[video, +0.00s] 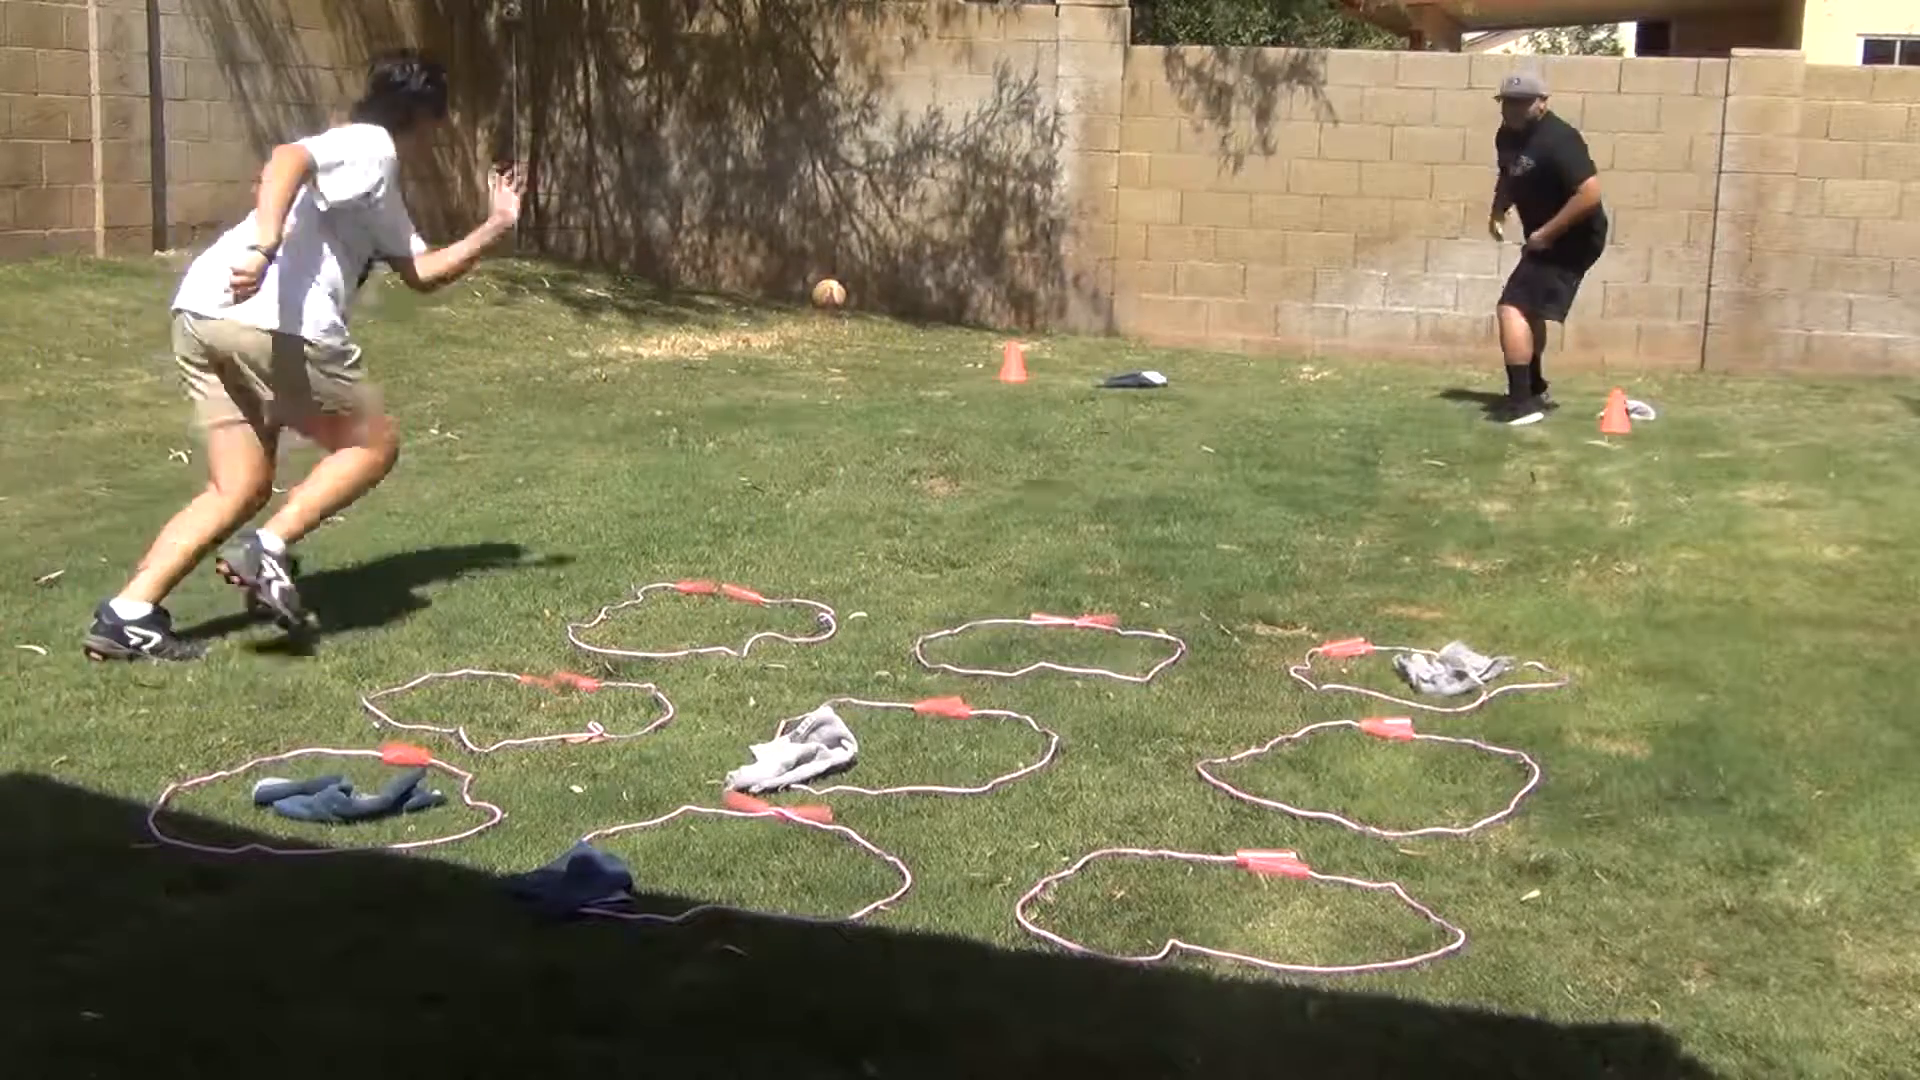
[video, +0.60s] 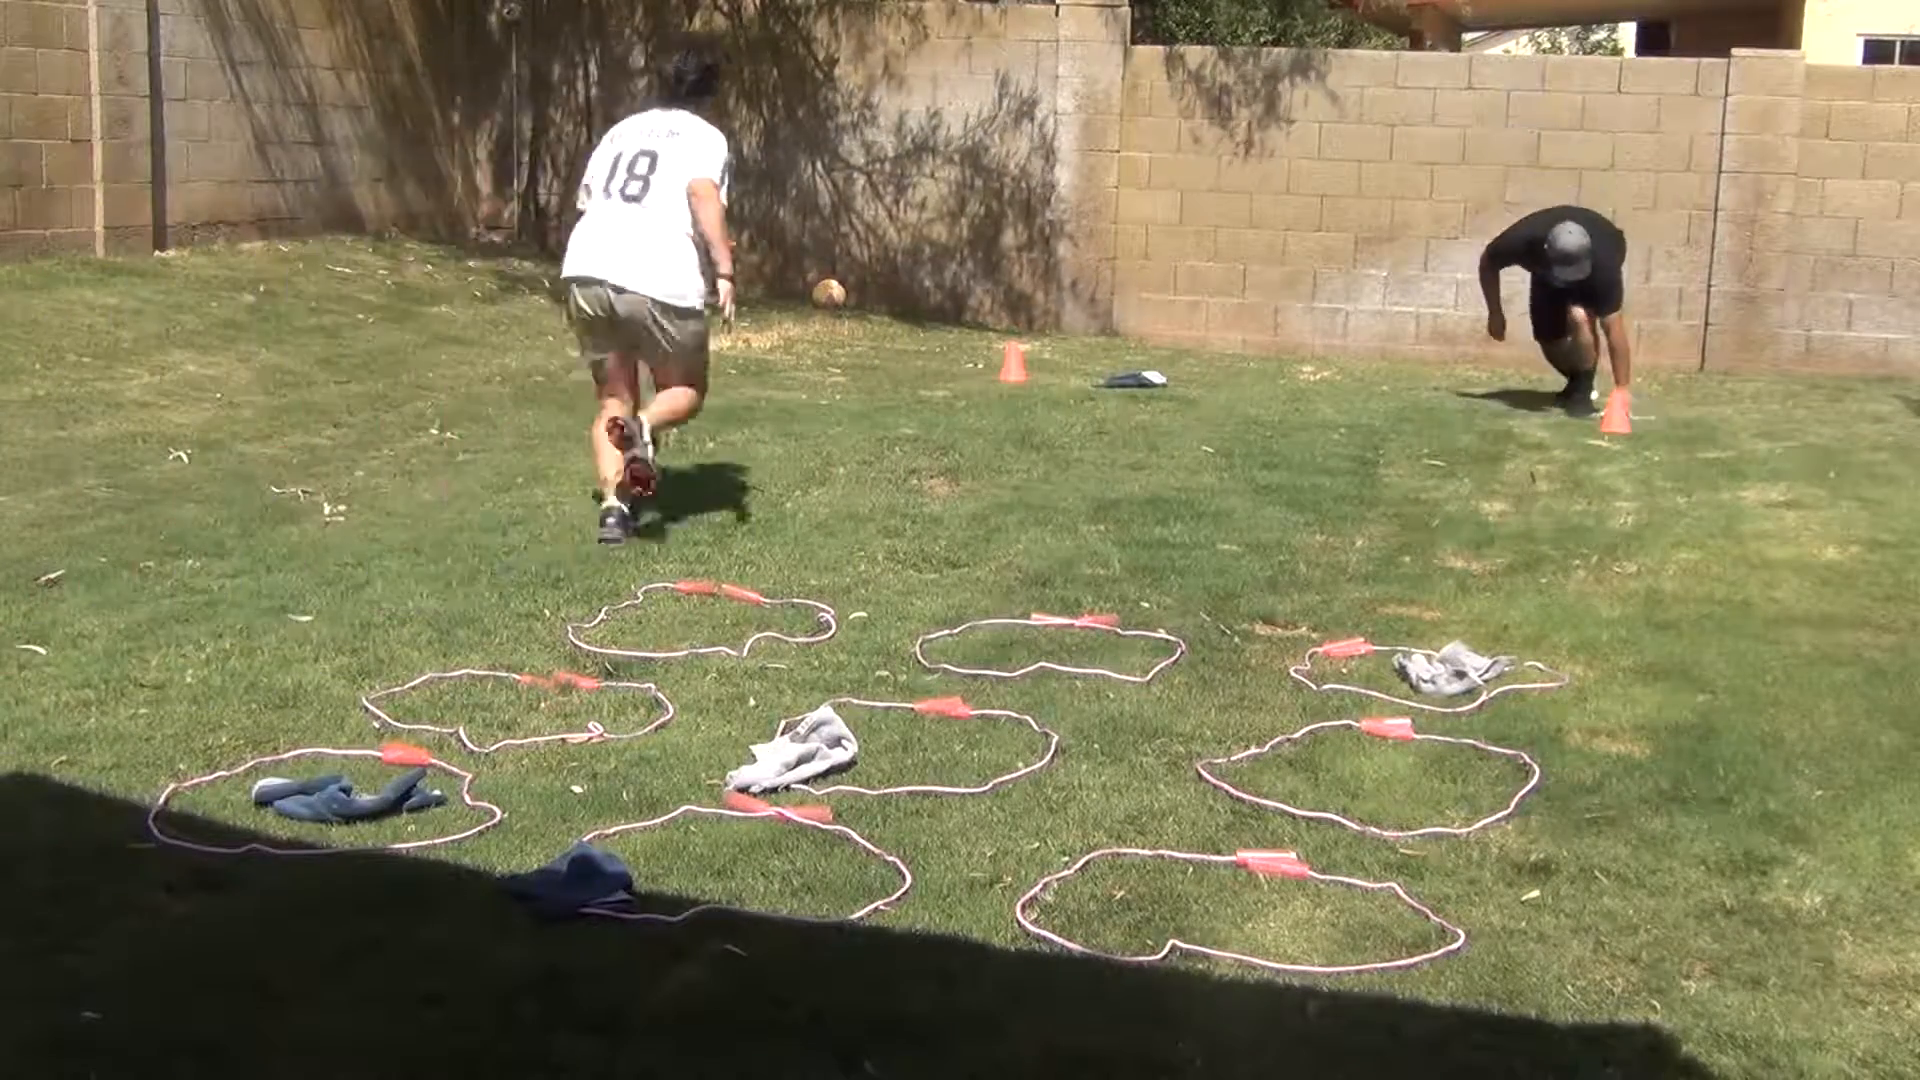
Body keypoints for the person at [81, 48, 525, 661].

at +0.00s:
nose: (438, 133)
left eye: (440, 120)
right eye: (436, 118)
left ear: (378, 104)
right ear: (416, 115)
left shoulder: (373, 186)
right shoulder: (371, 144)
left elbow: (423, 271)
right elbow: (288, 160)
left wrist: (495, 226)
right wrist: (265, 243)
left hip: (202, 316)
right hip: (275, 321)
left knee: (239, 483)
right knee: (373, 443)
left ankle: (127, 613)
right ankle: (267, 549)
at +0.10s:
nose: (483, 107)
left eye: (485, 96)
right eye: (483, 95)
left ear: (425, 77)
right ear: (469, 92)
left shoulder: (438, 172)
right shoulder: (425, 117)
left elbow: (481, 246)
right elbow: (350, 118)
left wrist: (562, 230)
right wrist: (349, 212)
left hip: (276, 287)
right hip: (351, 296)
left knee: (249, 446)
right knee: (435, 408)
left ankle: (164, 578)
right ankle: (382, 561)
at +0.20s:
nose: (527, 101)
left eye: (527, 90)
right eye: (527, 90)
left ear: (468, 85)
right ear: (516, 86)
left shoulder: (434, 130)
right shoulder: (495, 125)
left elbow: (422, 234)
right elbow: (451, 168)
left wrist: (495, 300)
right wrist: (476, 269)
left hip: (340, 285)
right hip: (410, 294)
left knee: (374, 449)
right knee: (469, 432)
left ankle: (263, 513)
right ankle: (396, 569)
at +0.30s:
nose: (583, 121)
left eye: (582, 111)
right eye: (582, 111)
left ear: (526, 102)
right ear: (571, 108)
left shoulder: (483, 133)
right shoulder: (565, 149)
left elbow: (396, 180)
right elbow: (572, 241)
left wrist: (388, 259)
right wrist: (601, 254)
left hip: (406, 288)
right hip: (469, 298)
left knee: (479, 412)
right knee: (482, 446)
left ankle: (415, 481)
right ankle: (399, 563)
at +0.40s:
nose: (633, 106)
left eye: (630, 99)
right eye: (633, 98)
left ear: (577, 88)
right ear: (625, 97)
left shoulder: (525, 114)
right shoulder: (626, 144)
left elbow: (433, 129)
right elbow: (648, 240)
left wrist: (401, 204)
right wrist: (619, 245)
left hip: (467, 277)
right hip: (538, 292)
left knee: (571, 360)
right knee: (486, 422)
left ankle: (566, 496)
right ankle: (424, 535)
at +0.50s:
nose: (672, 97)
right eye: (675, 89)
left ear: (624, 78)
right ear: (673, 90)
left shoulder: (564, 119)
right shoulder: (673, 141)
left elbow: (499, 180)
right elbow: (671, 233)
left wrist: (515, 259)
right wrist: (664, 292)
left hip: (536, 271)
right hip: (612, 278)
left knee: (591, 395)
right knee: (581, 414)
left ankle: (609, 510)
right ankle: (524, 457)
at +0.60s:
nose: (714, 101)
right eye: (714, 93)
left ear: (666, 86)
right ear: (710, 94)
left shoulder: (618, 132)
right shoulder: (707, 137)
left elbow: (585, 204)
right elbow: (701, 194)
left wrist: (617, 255)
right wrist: (724, 267)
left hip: (586, 274)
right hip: (661, 281)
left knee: (613, 396)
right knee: (684, 388)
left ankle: (613, 507)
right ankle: (641, 429)